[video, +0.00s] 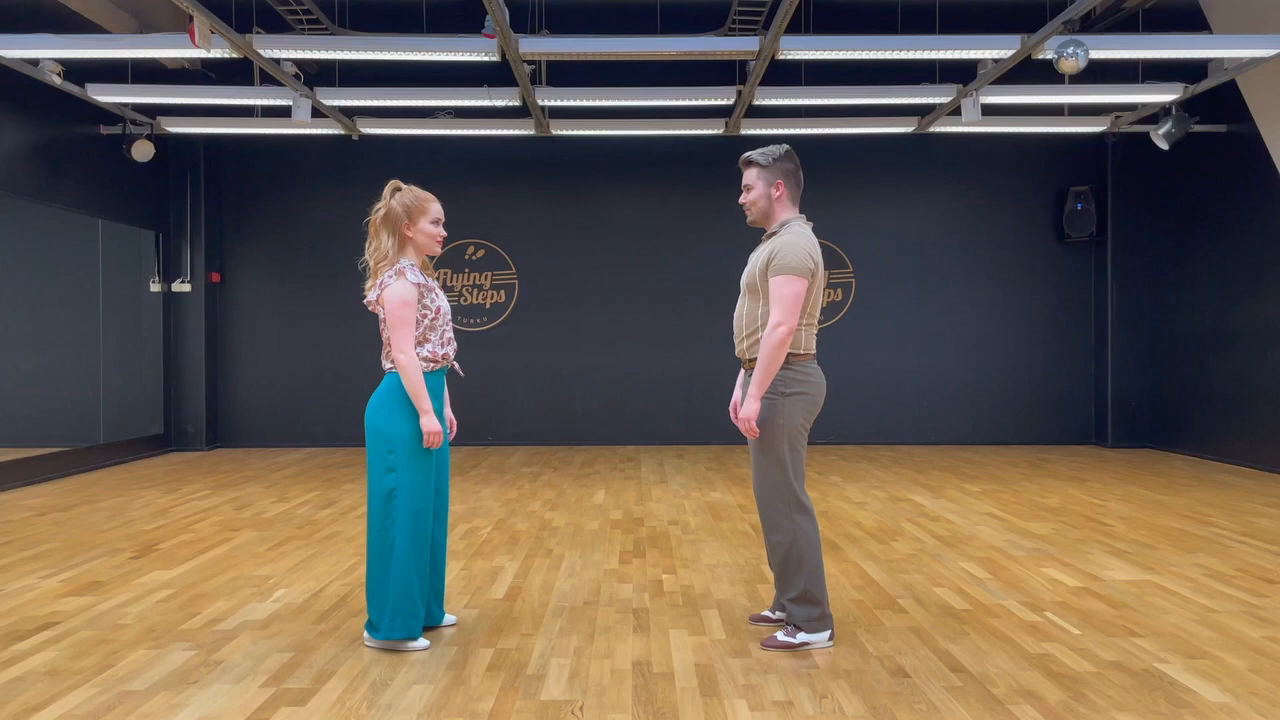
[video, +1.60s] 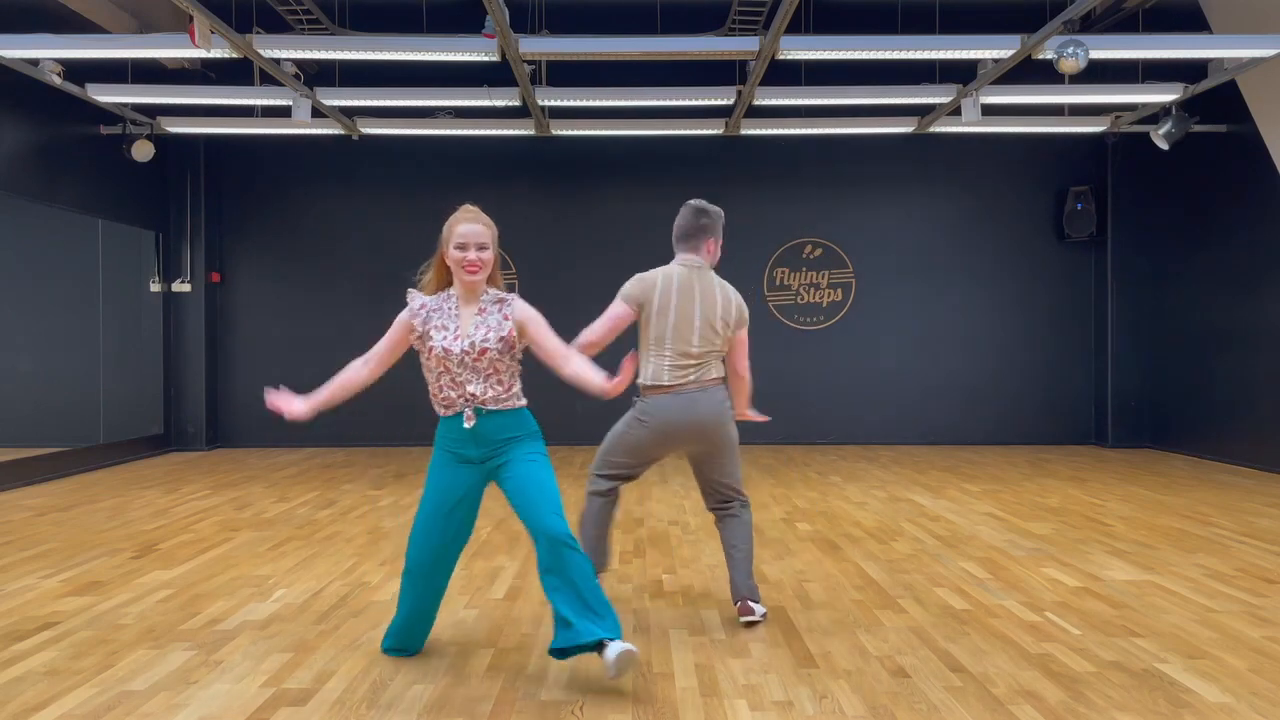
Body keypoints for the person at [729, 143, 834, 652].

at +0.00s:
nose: (742, 198)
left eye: (749, 188)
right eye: (742, 188)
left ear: (780, 189)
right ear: (776, 192)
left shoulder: (793, 244)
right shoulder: (776, 244)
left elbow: (783, 328)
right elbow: (762, 327)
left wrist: (755, 396)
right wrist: (742, 385)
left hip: (787, 384)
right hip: (773, 382)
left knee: (785, 503)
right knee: (777, 500)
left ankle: (811, 621)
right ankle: (794, 603)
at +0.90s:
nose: (739, 197)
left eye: (747, 188)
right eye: (740, 188)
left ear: (776, 188)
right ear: (771, 190)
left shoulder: (789, 239)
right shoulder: (770, 242)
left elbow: (757, 317)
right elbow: (747, 318)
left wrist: (720, 377)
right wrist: (722, 378)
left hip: (787, 383)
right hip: (772, 382)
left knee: (788, 499)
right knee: (779, 497)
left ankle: (812, 621)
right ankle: (794, 602)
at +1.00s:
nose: (732, 200)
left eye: (740, 190)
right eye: (733, 190)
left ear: (770, 191)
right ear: (765, 193)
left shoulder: (780, 238)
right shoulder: (768, 242)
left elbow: (723, 299)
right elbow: (726, 308)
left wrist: (670, 335)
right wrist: (684, 353)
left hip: (789, 383)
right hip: (771, 383)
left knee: (788, 500)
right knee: (775, 495)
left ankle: (814, 621)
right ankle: (792, 599)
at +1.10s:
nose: (722, 202)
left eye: (729, 192)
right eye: (722, 193)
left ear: (760, 193)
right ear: (756, 196)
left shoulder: (763, 243)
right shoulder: (758, 243)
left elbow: (689, 283)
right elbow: (696, 293)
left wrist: (664, 268)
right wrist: (647, 303)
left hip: (785, 383)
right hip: (772, 382)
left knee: (786, 495)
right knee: (765, 489)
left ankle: (815, 620)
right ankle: (780, 598)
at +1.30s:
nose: (699, 217)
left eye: (706, 208)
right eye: (697, 208)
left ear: (738, 210)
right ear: (735, 213)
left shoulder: (727, 261)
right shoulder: (752, 253)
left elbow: (669, 271)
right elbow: (668, 269)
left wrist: (694, 227)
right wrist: (653, 226)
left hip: (752, 390)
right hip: (786, 384)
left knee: (763, 503)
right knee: (753, 496)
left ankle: (814, 621)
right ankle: (744, 601)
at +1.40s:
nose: (683, 229)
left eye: (691, 220)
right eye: (681, 220)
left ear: (721, 222)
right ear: (719, 224)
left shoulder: (698, 271)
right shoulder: (743, 261)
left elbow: (661, 306)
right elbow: (677, 295)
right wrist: (649, 254)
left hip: (729, 398)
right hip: (772, 390)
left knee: (699, 504)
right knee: (756, 499)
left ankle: (768, 580)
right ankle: (749, 600)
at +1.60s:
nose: (720, 252)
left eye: (718, 245)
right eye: (719, 245)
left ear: (674, 240)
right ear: (713, 245)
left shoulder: (644, 284)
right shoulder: (729, 297)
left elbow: (595, 338)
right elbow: (739, 370)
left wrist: (570, 355)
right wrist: (742, 409)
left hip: (657, 409)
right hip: (713, 408)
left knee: (603, 480)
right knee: (730, 502)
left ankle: (588, 576)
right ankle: (746, 596)